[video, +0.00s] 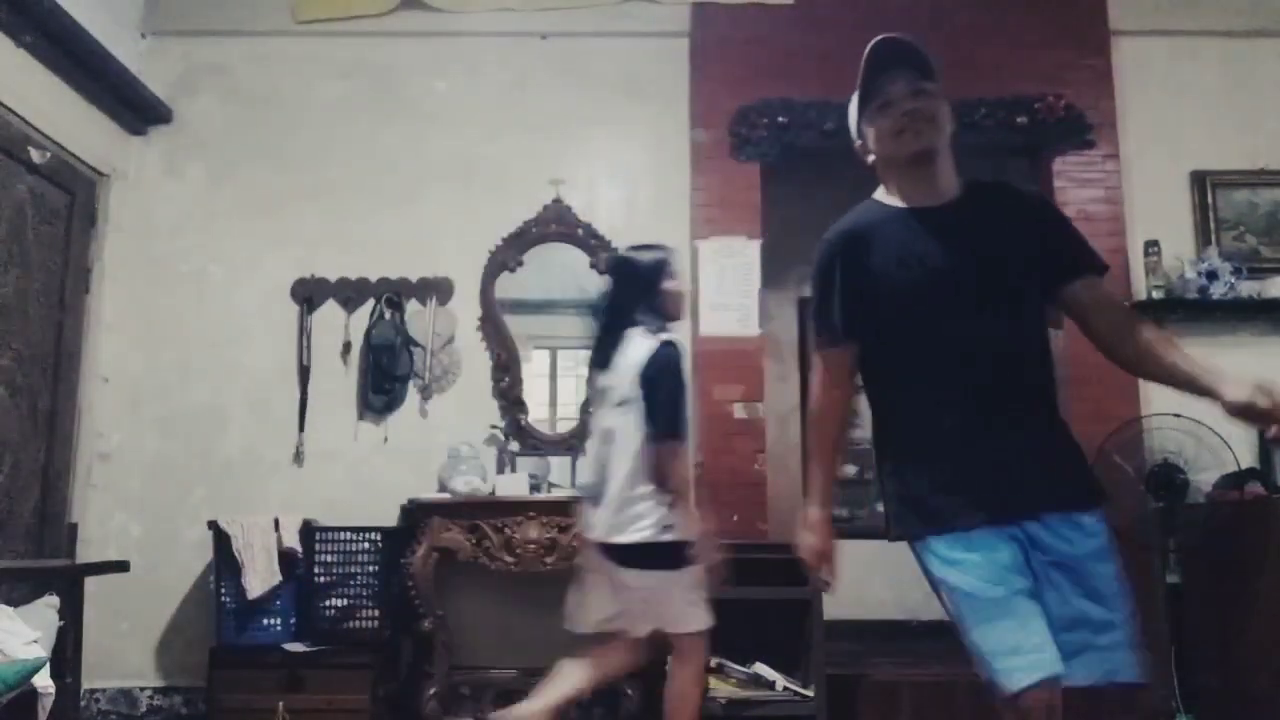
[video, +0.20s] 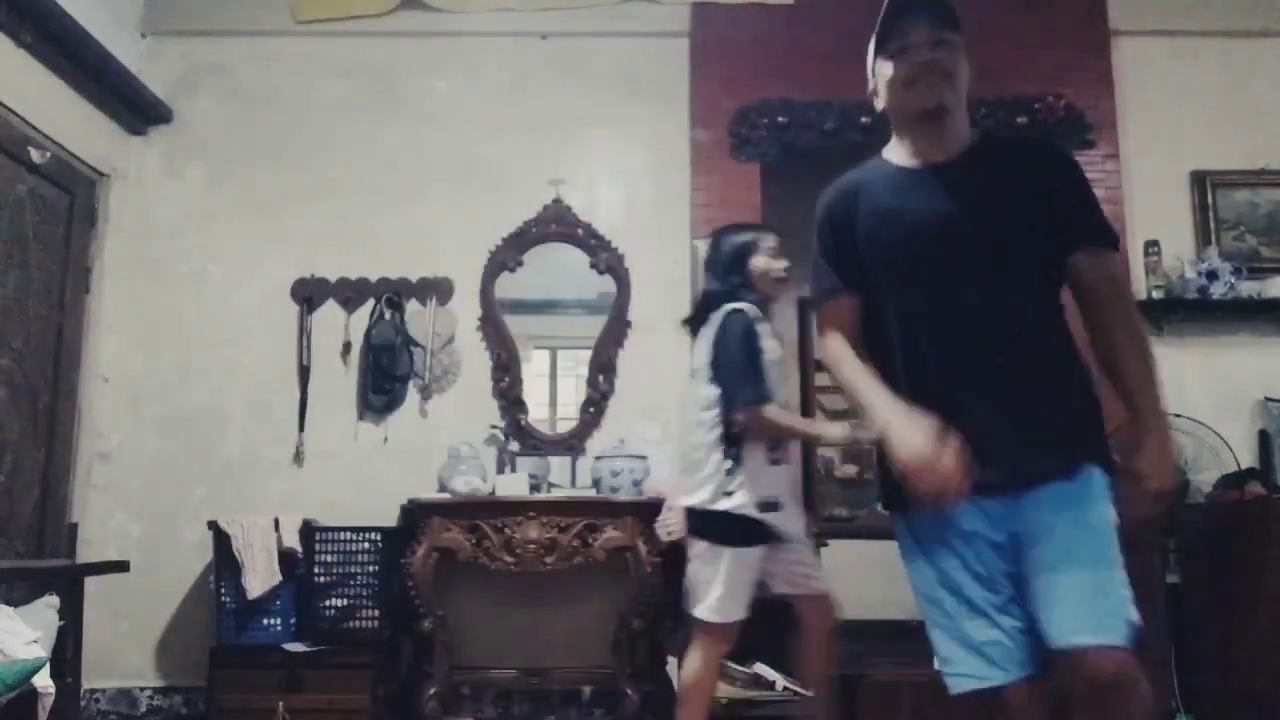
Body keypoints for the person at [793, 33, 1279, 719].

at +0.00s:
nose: (909, 109)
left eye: (921, 94)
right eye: (886, 105)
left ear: (949, 112)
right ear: (864, 141)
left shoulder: (1017, 212)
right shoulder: (850, 246)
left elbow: (1116, 324)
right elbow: (832, 388)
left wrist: (1223, 385)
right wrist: (816, 506)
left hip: (1054, 485)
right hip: (946, 505)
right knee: (1034, 693)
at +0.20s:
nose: (923, 64)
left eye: (939, 48)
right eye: (901, 54)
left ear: (968, 64)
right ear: (874, 83)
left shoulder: (1039, 166)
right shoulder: (850, 203)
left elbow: (1105, 293)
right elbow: (834, 335)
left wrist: (1151, 424)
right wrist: (897, 421)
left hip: (1061, 463)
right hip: (941, 489)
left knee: (1102, 667)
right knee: (1003, 693)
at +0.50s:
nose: (893, 44)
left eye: (917, 33)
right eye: (872, 30)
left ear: (942, 63)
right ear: (838, 64)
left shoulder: (1002, 160)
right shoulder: (802, 193)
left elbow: (1066, 309)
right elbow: (779, 327)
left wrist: (1120, 456)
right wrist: (816, 374)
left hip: (994, 481)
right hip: (872, 494)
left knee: (983, 692)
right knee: (907, 699)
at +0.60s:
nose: (865, 26)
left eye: (888, 17)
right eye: (845, 12)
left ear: (913, 48)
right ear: (809, 42)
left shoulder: (969, 144)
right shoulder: (772, 181)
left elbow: (1037, 287)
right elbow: (752, 327)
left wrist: (1071, 413)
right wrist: (747, 444)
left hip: (969, 479)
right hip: (825, 491)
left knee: (979, 692)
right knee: (809, 685)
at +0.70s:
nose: (824, 20)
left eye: (848, 11)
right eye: (803, 10)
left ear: (876, 45)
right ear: (769, 47)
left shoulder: (928, 135)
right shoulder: (733, 181)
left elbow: (989, 266)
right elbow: (705, 330)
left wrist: (993, 363)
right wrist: (681, 454)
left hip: (923, 475)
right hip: (769, 482)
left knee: (967, 690)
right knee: (711, 666)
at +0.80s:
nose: (784, 53)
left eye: (802, 40)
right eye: (765, 39)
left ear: (827, 54)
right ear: (731, 65)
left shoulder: (888, 159)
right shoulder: (697, 195)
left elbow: (947, 282)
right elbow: (661, 337)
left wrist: (922, 365)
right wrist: (633, 465)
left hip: (874, 498)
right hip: (721, 504)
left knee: (922, 702)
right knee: (659, 695)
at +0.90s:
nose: (734, 80)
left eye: (752, 66)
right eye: (716, 67)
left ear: (780, 88)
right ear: (692, 91)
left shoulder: (833, 209)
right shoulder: (650, 220)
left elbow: (887, 334)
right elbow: (619, 365)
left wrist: (867, 408)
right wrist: (597, 500)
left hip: (825, 539)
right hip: (667, 541)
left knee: (884, 710)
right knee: (620, 709)